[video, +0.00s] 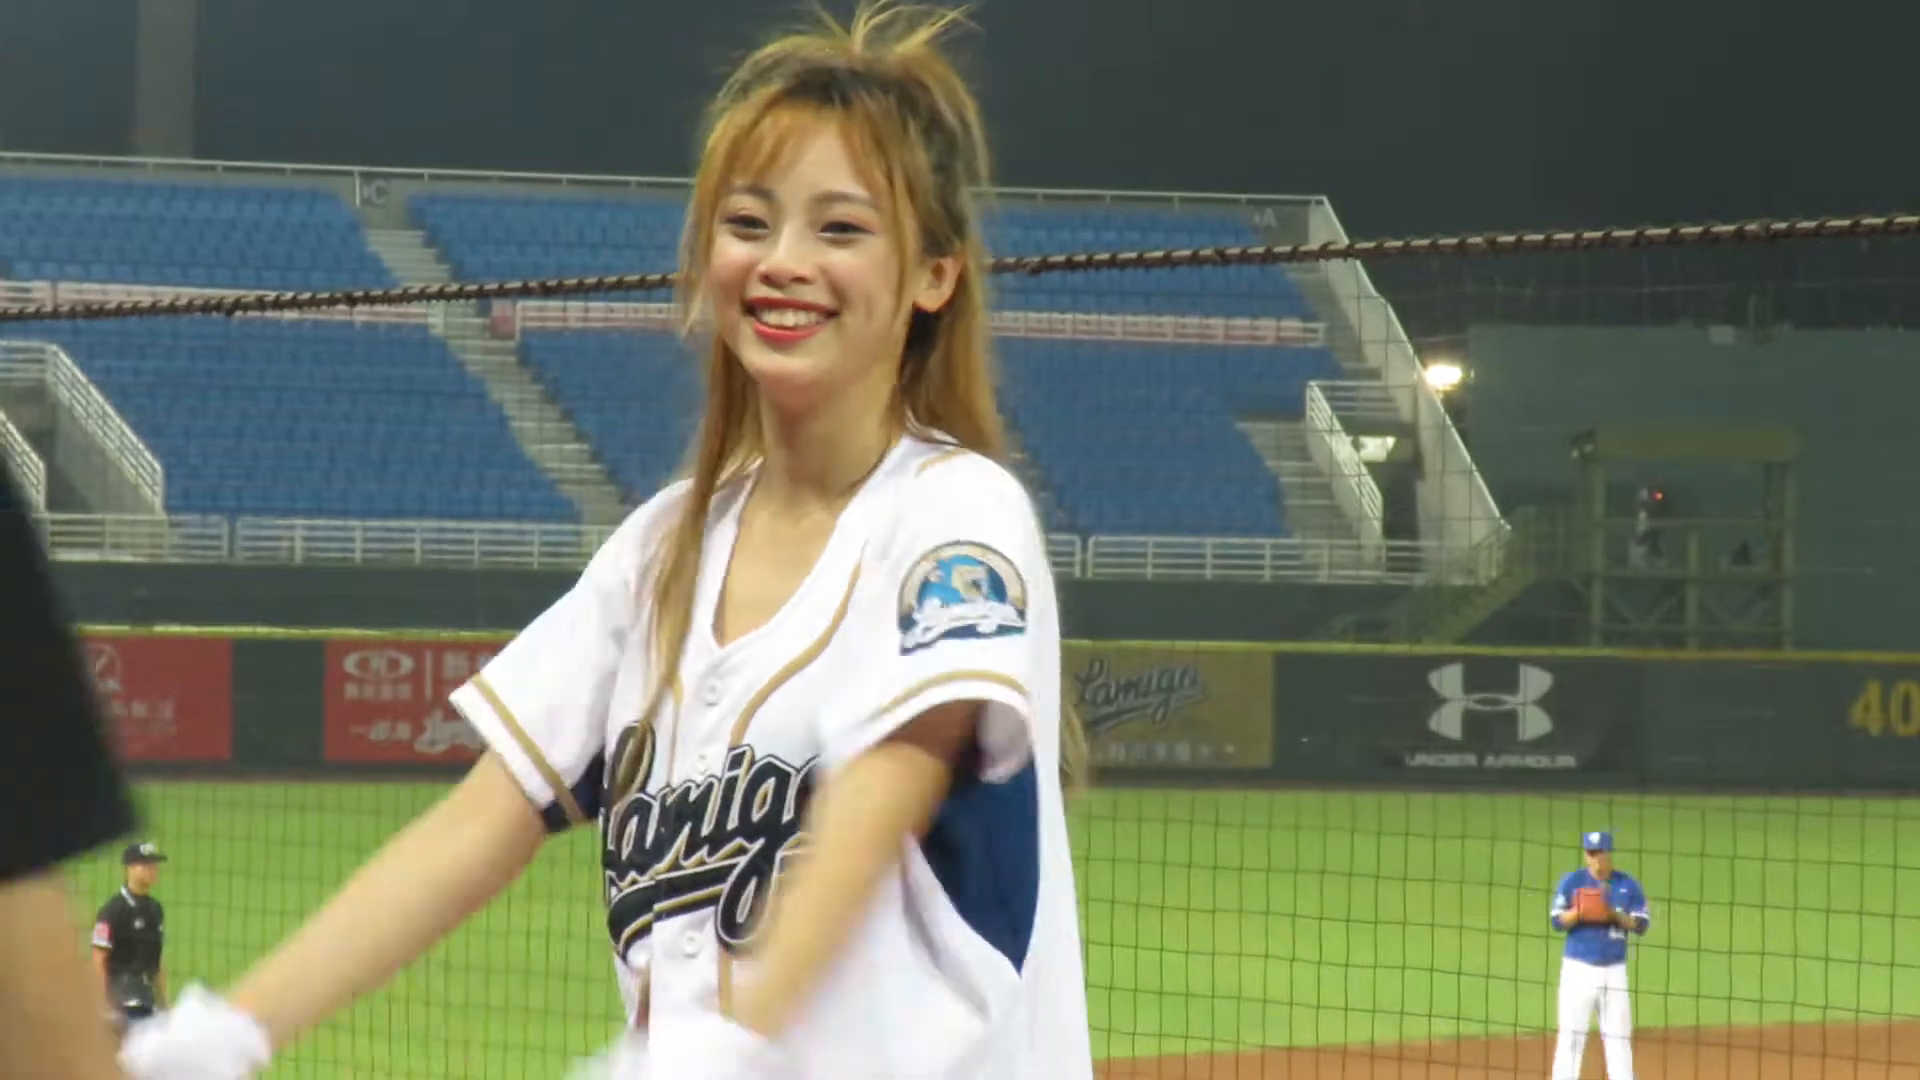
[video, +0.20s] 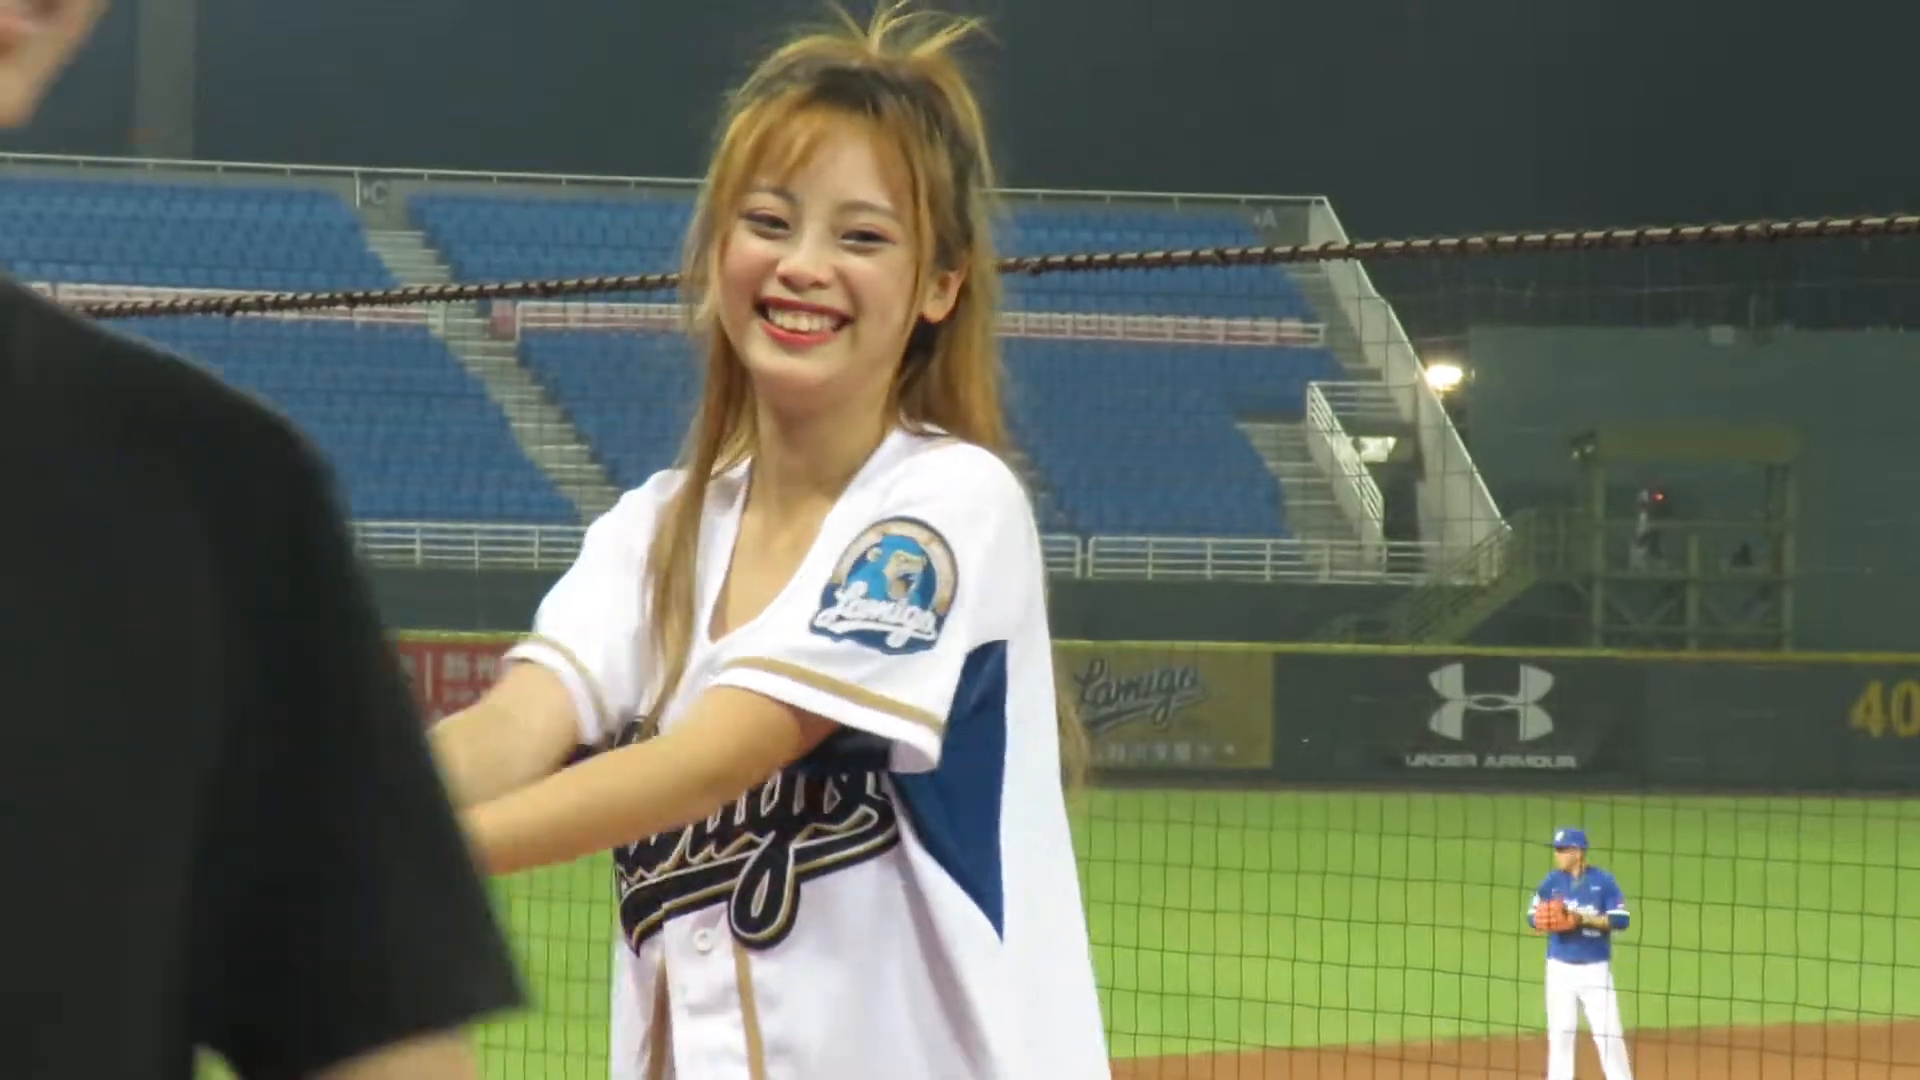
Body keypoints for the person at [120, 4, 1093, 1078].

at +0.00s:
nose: (782, 261)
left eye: (841, 226)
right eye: (749, 219)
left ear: (932, 276)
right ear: (705, 254)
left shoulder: (960, 513)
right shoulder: (665, 537)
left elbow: (883, 801)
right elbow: (482, 822)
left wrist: (744, 1033)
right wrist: (226, 1033)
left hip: (903, 1053)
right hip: (673, 1052)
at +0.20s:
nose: (802, 268)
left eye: (861, 236)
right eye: (770, 222)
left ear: (937, 288)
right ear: (716, 248)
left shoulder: (949, 500)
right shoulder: (652, 523)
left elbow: (711, 762)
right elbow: (511, 726)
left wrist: (417, 854)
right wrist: (326, 809)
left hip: (930, 1057)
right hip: (692, 1060)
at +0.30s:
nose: (801, 273)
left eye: (860, 239)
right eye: (769, 228)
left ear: (934, 288)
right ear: (713, 254)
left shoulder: (952, 502)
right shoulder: (631, 536)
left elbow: (773, 813)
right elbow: (526, 783)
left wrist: (524, 922)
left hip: (923, 1058)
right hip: (681, 1059)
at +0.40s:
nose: (797, 272)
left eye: (852, 239)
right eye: (761, 229)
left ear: (924, 287)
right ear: (702, 260)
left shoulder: (959, 506)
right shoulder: (679, 512)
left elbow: (897, 861)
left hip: (964, 1058)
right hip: (740, 1054)